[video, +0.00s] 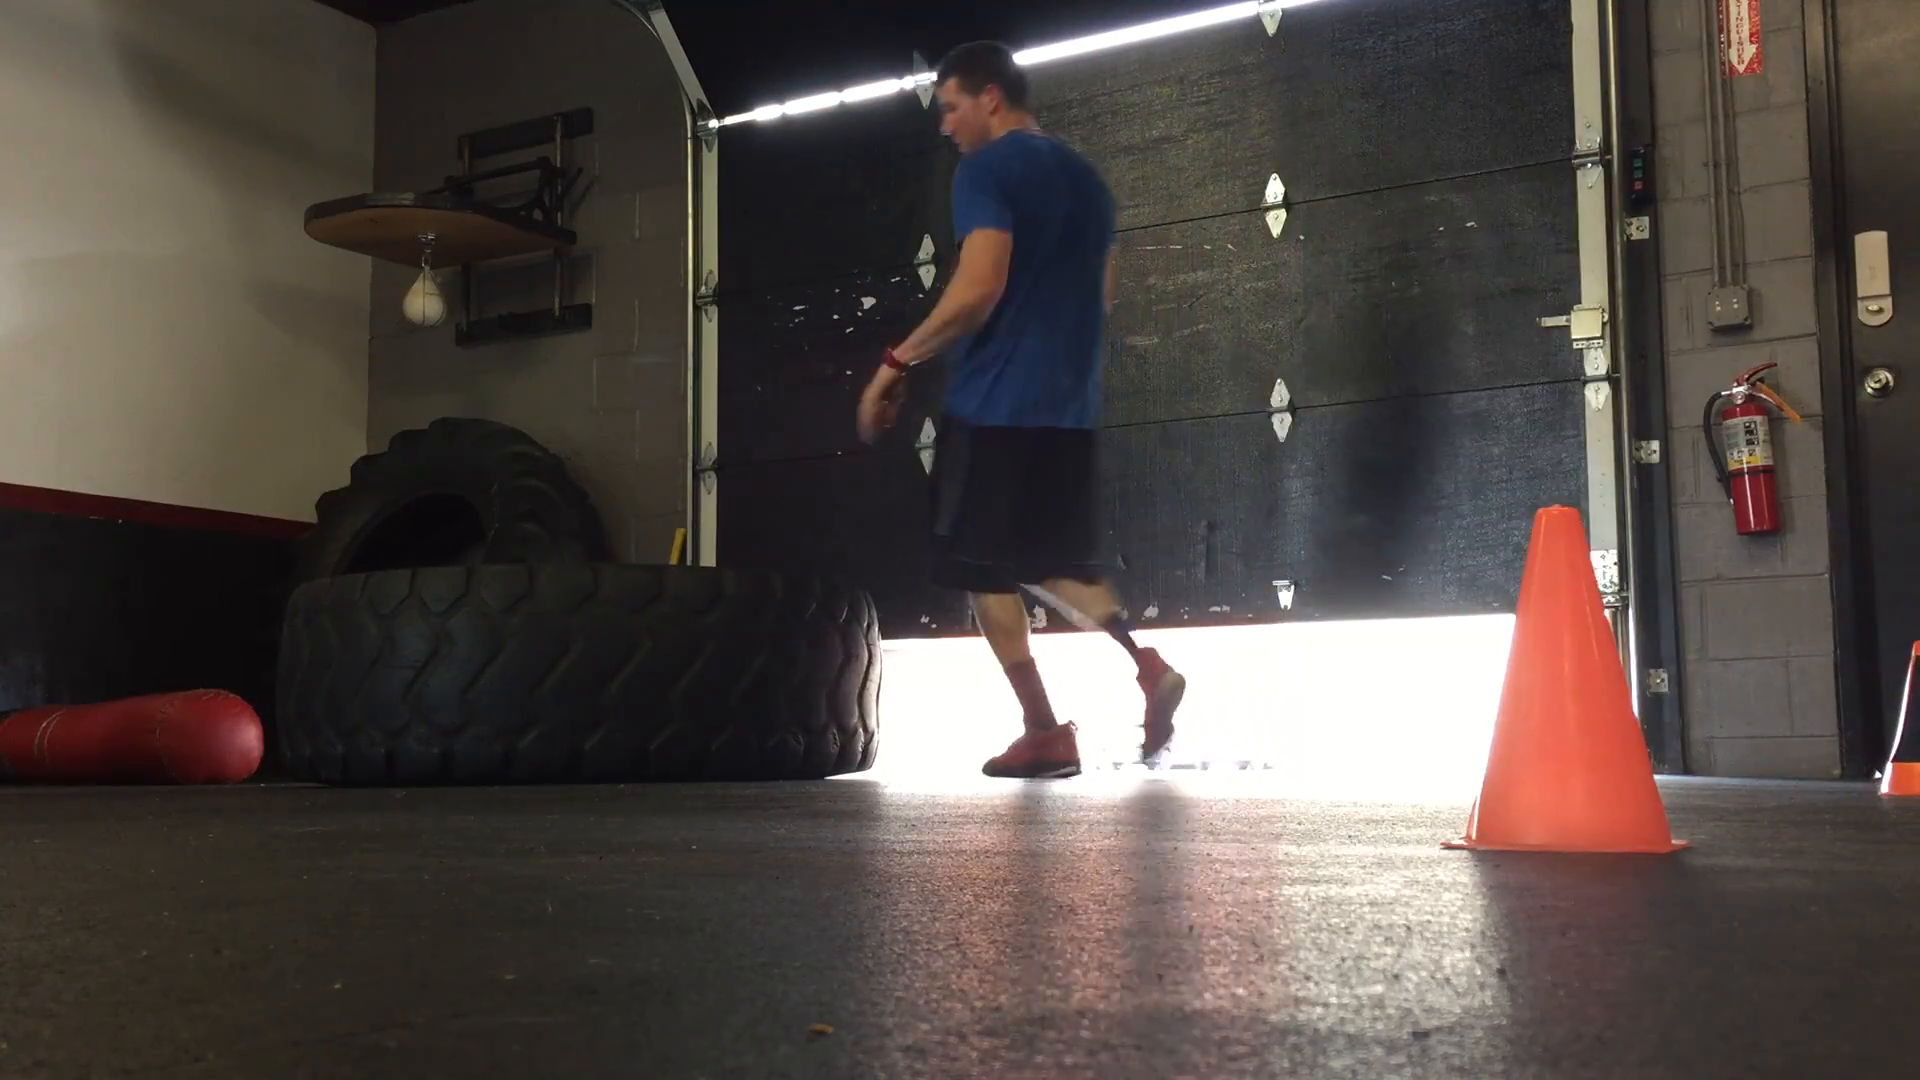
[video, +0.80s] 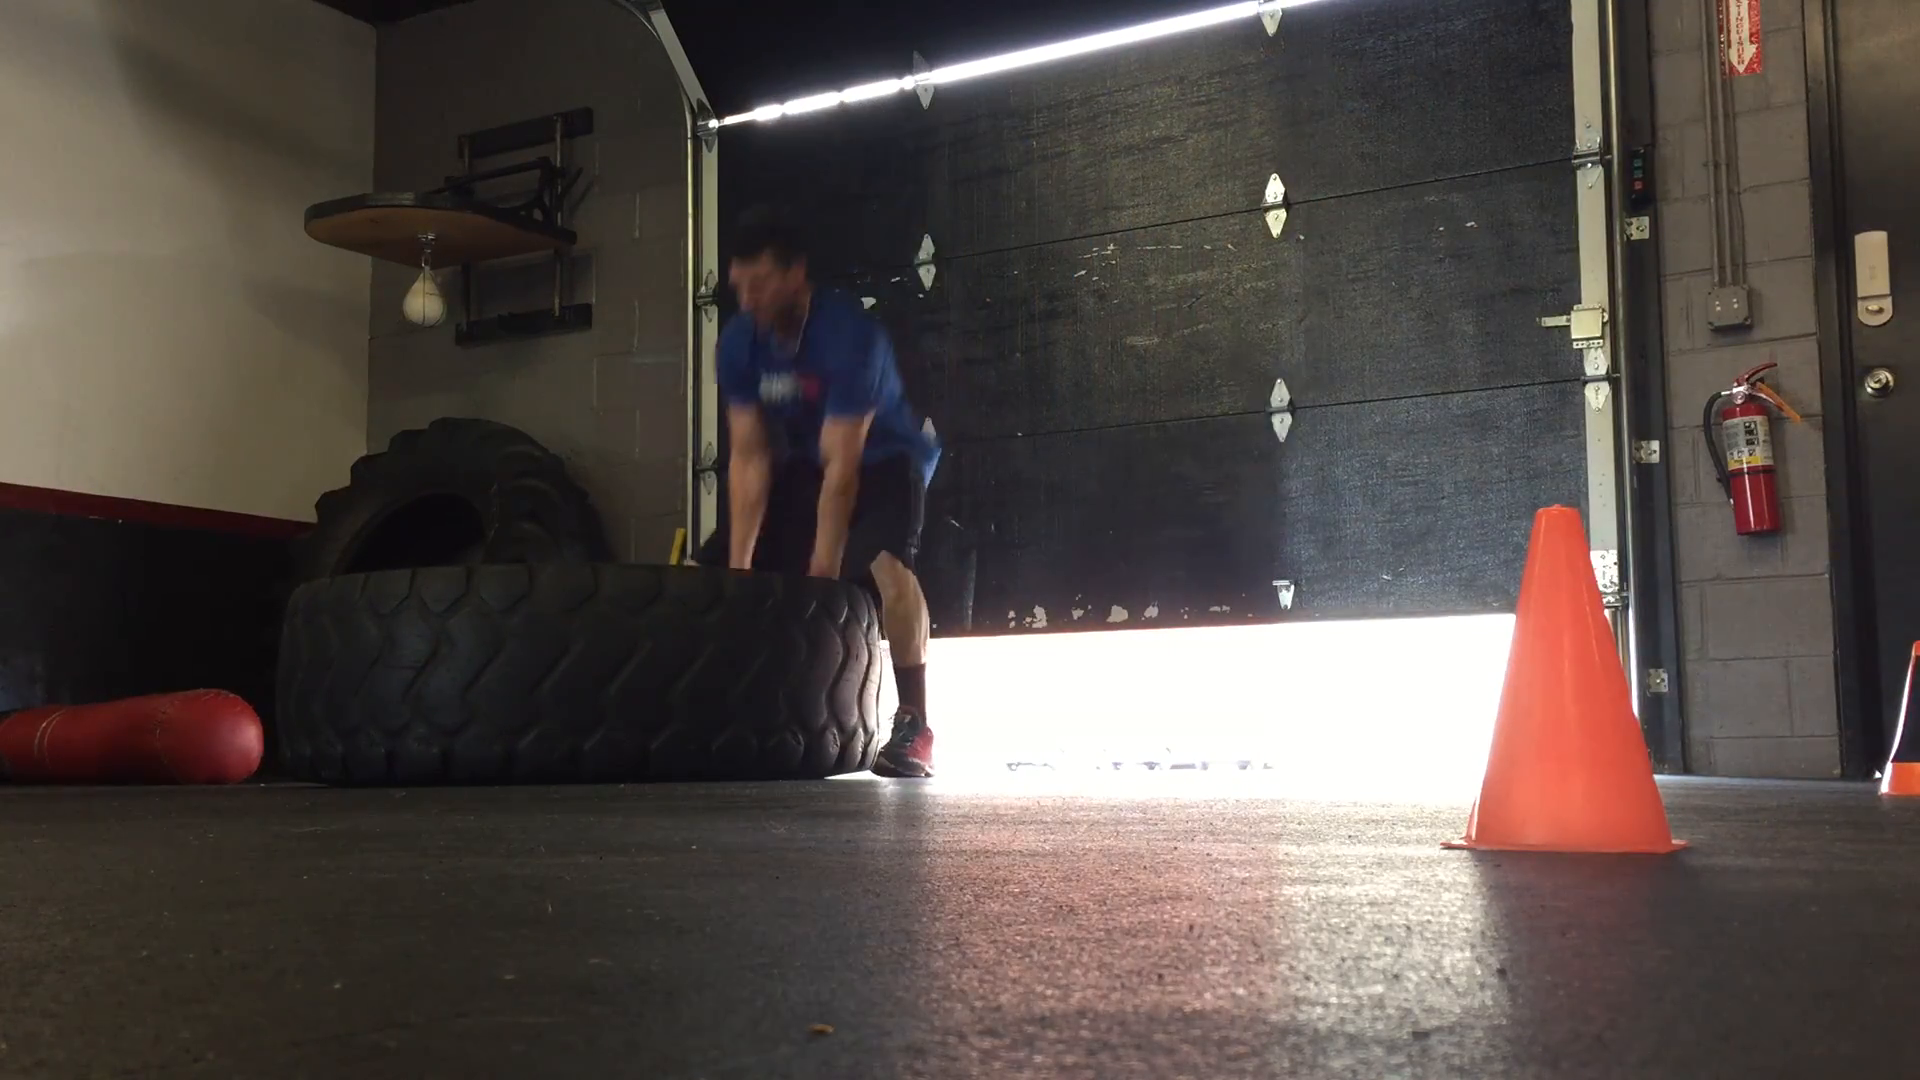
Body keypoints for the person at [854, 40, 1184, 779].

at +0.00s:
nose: (946, 127)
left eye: (950, 109)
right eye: (943, 112)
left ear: (990, 98)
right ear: (1001, 101)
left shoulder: (988, 168)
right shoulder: (1088, 179)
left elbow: (977, 288)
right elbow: (1099, 300)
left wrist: (898, 361)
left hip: (994, 408)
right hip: (1068, 408)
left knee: (980, 562)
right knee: (1049, 558)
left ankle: (1044, 730)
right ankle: (1150, 666)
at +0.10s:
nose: (913, 125)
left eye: (918, 108)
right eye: (910, 111)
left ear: (961, 97)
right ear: (972, 99)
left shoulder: (971, 169)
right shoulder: (1040, 175)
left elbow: (975, 289)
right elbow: (1029, 297)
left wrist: (891, 354)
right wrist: (930, 330)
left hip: (979, 395)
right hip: (1029, 395)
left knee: (967, 551)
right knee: (999, 553)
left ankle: (1040, 723)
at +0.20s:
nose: (882, 134)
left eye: (891, 118)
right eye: (880, 120)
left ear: (933, 111)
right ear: (935, 116)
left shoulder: (953, 180)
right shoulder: (977, 181)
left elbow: (962, 294)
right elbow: (966, 303)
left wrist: (889, 329)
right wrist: (904, 355)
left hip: (962, 402)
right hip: (960, 399)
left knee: (944, 555)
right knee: (922, 556)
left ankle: (1040, 715)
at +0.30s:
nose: (859, 166)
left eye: (868, 150)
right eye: (856, 153)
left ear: (911, 144)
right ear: (901, 149)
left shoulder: (939, 210)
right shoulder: (916, 216)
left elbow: (961, 326)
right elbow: (921, 328)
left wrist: (873, 346)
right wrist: (866, 387)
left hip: (937, 425)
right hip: (908, 424)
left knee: (917, 578)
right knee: (883, 575)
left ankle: (1042, 709)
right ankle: (906, 731)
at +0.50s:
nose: (825, 171)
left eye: (834, 157)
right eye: (819, 159)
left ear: (875, 144)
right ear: (820, 154)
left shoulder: (922, 217)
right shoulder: (828, 210)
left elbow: (948, 333)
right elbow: (829, 306)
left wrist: (853, 378)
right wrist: (797, 382)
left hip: (906, 405)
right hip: (847, 404)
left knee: (877, 541)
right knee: (830, 555)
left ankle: (962, 702)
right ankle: (887, 711)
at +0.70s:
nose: (772, 221)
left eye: (783, 206)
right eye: (763, 209)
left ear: (821, 194)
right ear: (757, 204)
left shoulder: (876, 260)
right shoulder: (763, 266)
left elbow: (882, 384)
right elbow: (764, 370)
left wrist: (823, 482)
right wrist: (756, 469)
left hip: (894, 419)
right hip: (817, 415)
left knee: (885, 557)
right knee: (791, 553)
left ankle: (909, 726)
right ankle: (805, 715)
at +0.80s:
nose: (748, 296)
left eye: (760, 282)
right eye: (740, 284)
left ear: (798, 276)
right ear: (731, 281)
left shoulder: (851, 334)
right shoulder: (738, 341)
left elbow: (841, 466)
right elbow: (747, 455)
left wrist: (823, 574)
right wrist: (738, 567)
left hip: (889, 458)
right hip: (805, 463)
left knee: (884, 558)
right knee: (733, 565)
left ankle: (913, 727)